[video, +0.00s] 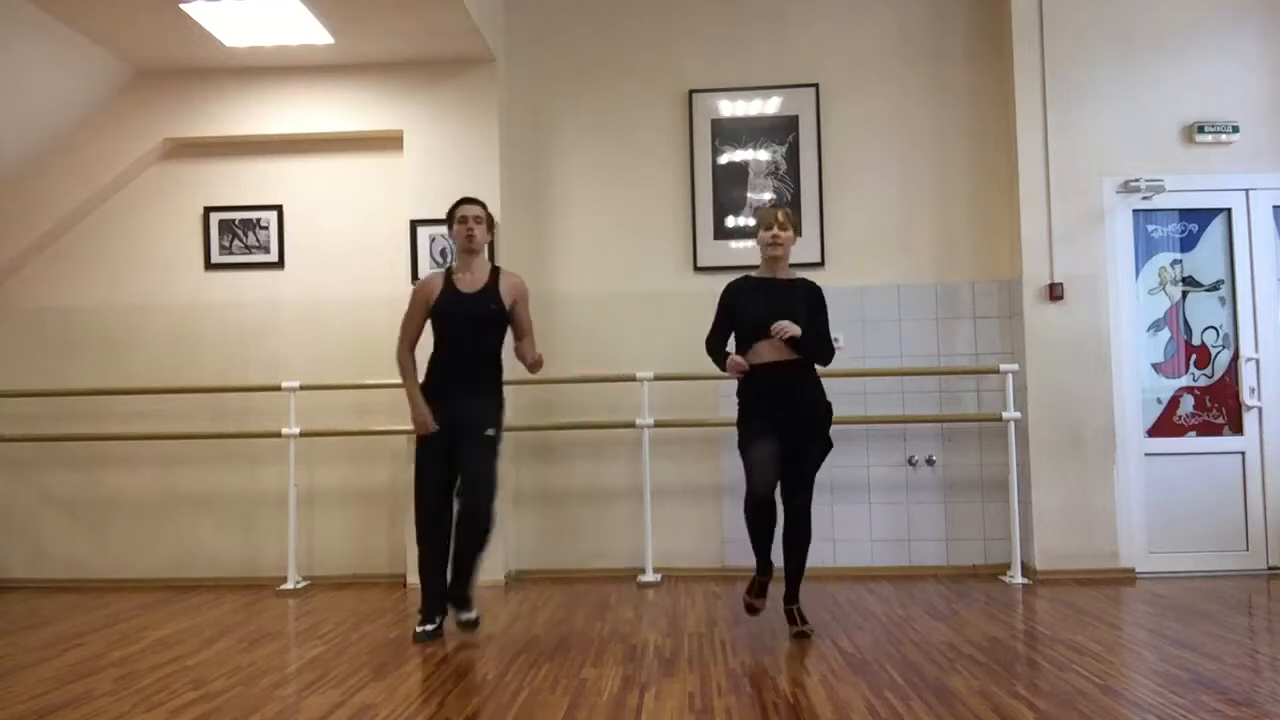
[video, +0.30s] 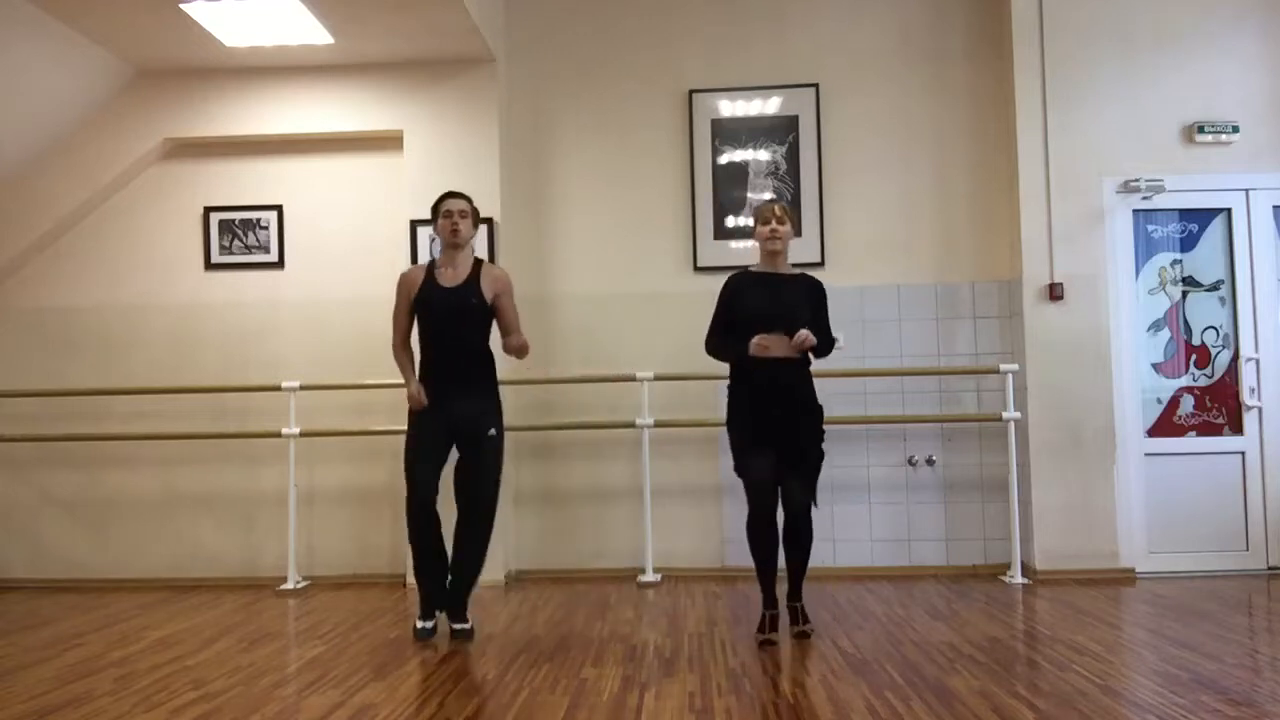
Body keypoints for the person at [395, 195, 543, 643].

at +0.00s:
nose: (469, 228)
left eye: (477, 222)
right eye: (461, 222)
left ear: (490, 232)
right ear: (450, 233)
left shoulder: (510, 286)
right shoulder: (431, 287)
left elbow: (523, 338)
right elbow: (405, 349)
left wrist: (530, 357)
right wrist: (417, 403)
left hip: (483, 404)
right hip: (437, 403)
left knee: (478, 505)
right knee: (431, 508)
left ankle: (461, 592)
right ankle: (431, 610)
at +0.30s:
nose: (454, 222)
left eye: (462, 216)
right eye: (446, 216)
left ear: (475, 226)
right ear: (434, 226)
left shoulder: (494, 278)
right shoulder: (413, 280)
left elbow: (512, 337)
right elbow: (400, 341)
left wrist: (517, 344)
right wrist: (412, 382)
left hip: (480, 404)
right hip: (431, 405)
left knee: (477, 510)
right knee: (419, 503)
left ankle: (458, 605)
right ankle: (431, 602)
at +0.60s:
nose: (456, 220)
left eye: (461, 214)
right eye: (446, 214)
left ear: (468, 223)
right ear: (427, 223)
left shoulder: (486, 276)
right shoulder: (405, 278)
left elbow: (504, 332)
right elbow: (392, 339)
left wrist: (491, 353)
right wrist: (410, 363)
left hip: (472, 402)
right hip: (425, 402)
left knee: (472, 508)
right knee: (420, 508)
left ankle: (461, 606)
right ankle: (429, 608)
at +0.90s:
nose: (464, 224)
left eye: (466, 217)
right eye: (454, 217)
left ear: (469, 225)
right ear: (431, 225)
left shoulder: (488, 279)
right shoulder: (407, 283)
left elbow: (509, 333)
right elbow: (384, 341)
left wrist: (494, 352)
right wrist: (417, 367)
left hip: (469, 402)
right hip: (423, 402)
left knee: (460, 506)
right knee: (420, 507)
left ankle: (456, 608)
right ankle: (431, 608)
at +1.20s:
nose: (466, 229)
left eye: (469, 222)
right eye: (457, 222)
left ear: (471, 230)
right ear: (433, 229)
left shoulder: (487, 285)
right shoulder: (406, 287)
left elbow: (503, 354)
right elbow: (385, 345)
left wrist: (500, 340)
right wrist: (415, 371)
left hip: (478, 408)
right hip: (429, 409)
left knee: (480, 513)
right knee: (425, 512)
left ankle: (466, 609)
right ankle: (438, 604)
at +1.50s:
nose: (470, 222)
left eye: (472, 215)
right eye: (461, 215)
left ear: (473, 223)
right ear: (436, 223)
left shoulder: (489, 276)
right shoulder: (407, 281)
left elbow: (508, 340)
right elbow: (381, 338)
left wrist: (518, 329)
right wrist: (413, 362)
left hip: (469, 401)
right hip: (423, 403)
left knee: (466, 507)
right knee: (424, 506)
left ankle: (461, 611)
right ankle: (437, 612)